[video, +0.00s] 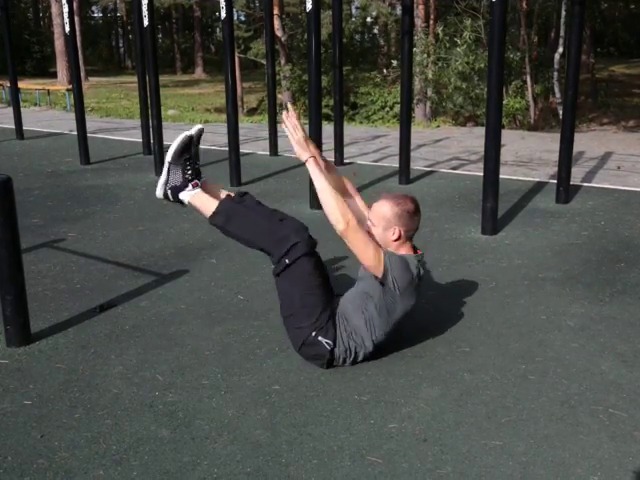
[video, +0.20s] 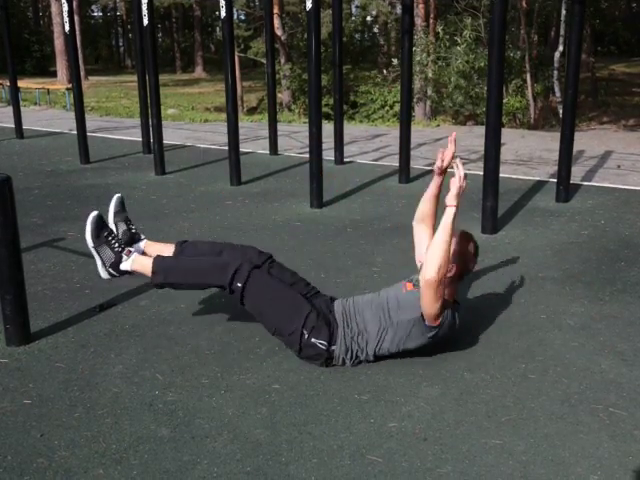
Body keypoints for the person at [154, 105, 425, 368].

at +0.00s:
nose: (369, 224)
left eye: (374, 220)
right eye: (371, 217)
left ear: (395, 233)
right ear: (401, 232)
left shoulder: (397, 271)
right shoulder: (406, 258)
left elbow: (343, 226)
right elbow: (354, 201)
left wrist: (308, 159)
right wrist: (318, 158)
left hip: (325, 342)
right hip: (334, 325)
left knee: (292, 240)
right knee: (293, 233)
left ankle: (186, 191)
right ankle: (198, 184)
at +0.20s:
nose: (437, 251)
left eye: (445, 249)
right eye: (440, 246)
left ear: (452, 269)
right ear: (447, 263)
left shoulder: (438, 315)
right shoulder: (432, 288)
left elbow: (434, 271)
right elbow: (422, 227)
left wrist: (454, 205)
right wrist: (437, 180)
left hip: (324, 337)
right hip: (330, 314)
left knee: (240, 268)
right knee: (246, 258)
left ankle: (123, 262)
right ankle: (139, 247)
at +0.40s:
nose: (462, 281)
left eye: (472, 283)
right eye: (468, 279)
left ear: (479, 309)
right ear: (466, 292)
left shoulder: (449, 341)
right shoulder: (442, 311)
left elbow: (508, 334)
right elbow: (487, 267)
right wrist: (545, 260)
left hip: (326, 333)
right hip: (327, 312)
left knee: (230, 297)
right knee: (231, 287)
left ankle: (119, 315)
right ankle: (128, 307)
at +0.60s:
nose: (486, 294)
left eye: (495, 301)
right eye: (493, 295)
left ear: (492, 325)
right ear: (480, 305)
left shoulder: (454, 341)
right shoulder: (449, 315)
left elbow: (521, 373)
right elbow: (522, 304)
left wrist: (571, 360)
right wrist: (576, 335)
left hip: (321, 331)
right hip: (322, 309)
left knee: (223, 322)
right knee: (223, 310)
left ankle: (120, 335)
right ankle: (124, 319)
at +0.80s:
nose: (485, 297)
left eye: (494, 305)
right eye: (494, 299)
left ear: (488, 328)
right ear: (482, 306)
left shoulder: (449, 340)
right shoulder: (448, 315)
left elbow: (516, 366)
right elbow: (520, 309)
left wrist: (568, 354)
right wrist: (574, 333)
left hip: (320, 328)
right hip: (322, 307)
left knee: (222, 321)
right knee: (222, 311)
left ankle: (118, 333)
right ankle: (123, 319)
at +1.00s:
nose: (476, 293)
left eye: (484, 296)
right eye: (480, 288)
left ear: (485, 312)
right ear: (470, 296)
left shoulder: (455, 336)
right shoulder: (448, 309)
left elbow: (499, 296)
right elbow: (476, 260)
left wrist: (554, 277)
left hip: (325, 330)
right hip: (327, 309)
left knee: (229, 297)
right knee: (232, 288)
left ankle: (124, 312)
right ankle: (133, 309)